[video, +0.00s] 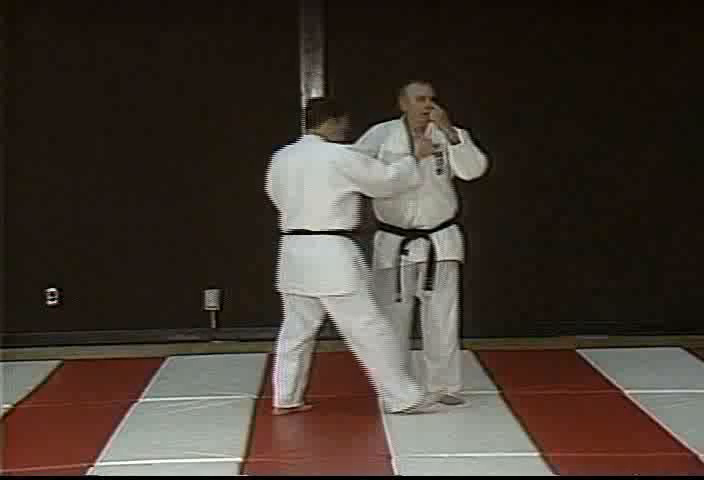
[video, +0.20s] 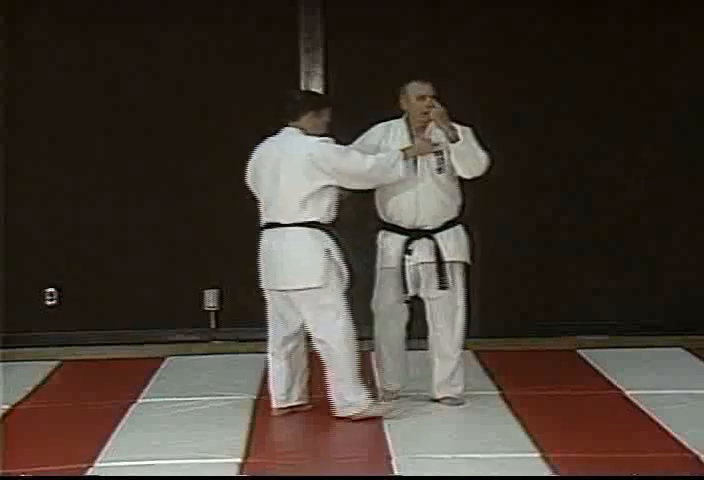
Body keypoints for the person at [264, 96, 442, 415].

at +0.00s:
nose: (347, 127)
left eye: (345, 120)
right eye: (343, 121)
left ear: (311, 123)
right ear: (330, 123)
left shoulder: (281, 158)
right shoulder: (341, 157)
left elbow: (274, 192)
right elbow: (384, 181)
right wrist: (415, 160)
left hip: (293, 250)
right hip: (334, 249)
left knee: (296, 329)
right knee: (366, 325)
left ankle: (285, 398)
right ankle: (400, 397)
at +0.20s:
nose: (328, 124)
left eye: (328, 118)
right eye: (325, 118)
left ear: (294, 117)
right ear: (311, 117)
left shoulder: (262, 152)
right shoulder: (317, 150)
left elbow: (253, 182)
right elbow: (363, 168)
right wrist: (406, 154)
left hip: (271, 244)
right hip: (309, 244)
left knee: (282, 330)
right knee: (333, 326)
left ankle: (285, 397)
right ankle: (350, 401)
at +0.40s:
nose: (314, 125)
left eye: (314, 118)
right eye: (311, 118)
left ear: (281, 116)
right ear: (294, 116)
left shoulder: (247, 150)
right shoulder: (301, 150)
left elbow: (237, 181)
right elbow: (349, 166)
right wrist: (400, 153)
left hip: (254, 245)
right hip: (291, 246)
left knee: (269, 330)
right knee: (308, 327)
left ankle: (271, 400)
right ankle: (296, 404)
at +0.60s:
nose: (302, 126)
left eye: (302, 119)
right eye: (298, 120)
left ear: (269, 120)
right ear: (281, 119)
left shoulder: (235, 153)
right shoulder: (288, 155)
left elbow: (225, 187)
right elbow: (336, 171)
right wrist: (384, 156)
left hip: (242, 248)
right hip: (275, 249)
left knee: (263, 332)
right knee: (280, 334)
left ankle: (278, 403)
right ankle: (245, 408)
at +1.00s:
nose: (283, 124)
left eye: (284, 117)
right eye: (277, 117)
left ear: (248, 117)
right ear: (254, 115)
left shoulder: (214, 153)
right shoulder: (269, 151)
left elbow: (208, 189)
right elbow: (316, 169)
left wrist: (277, 196)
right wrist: (362, 155)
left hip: (219, 250)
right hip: (252, 252)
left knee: (234, 338)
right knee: (252, 342)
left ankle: (223, 409)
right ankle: (243, 425)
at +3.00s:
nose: (256, 126)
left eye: (257, 119)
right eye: (254, 118)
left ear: (224, 113)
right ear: (237, 113)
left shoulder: (190, 146)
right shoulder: (235, 149)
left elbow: (175, 176)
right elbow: (288, 169)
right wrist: (350, 158)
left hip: (194, 249)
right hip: (228, 253)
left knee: (206, 340)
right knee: (239, 344)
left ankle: (203, 413)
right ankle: (237, 430)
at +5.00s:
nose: (254, 116)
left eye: (253, 110)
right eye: (250, 110)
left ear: (221, 112)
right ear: (230, 111)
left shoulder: (194, 146)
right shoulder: (240, 149)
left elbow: (181, 180)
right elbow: (295, 162)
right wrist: (353, 149)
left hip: (204, 250)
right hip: (238, 252)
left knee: (213, 340)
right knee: (246, 343)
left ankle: (209, 413)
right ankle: (239, 430)